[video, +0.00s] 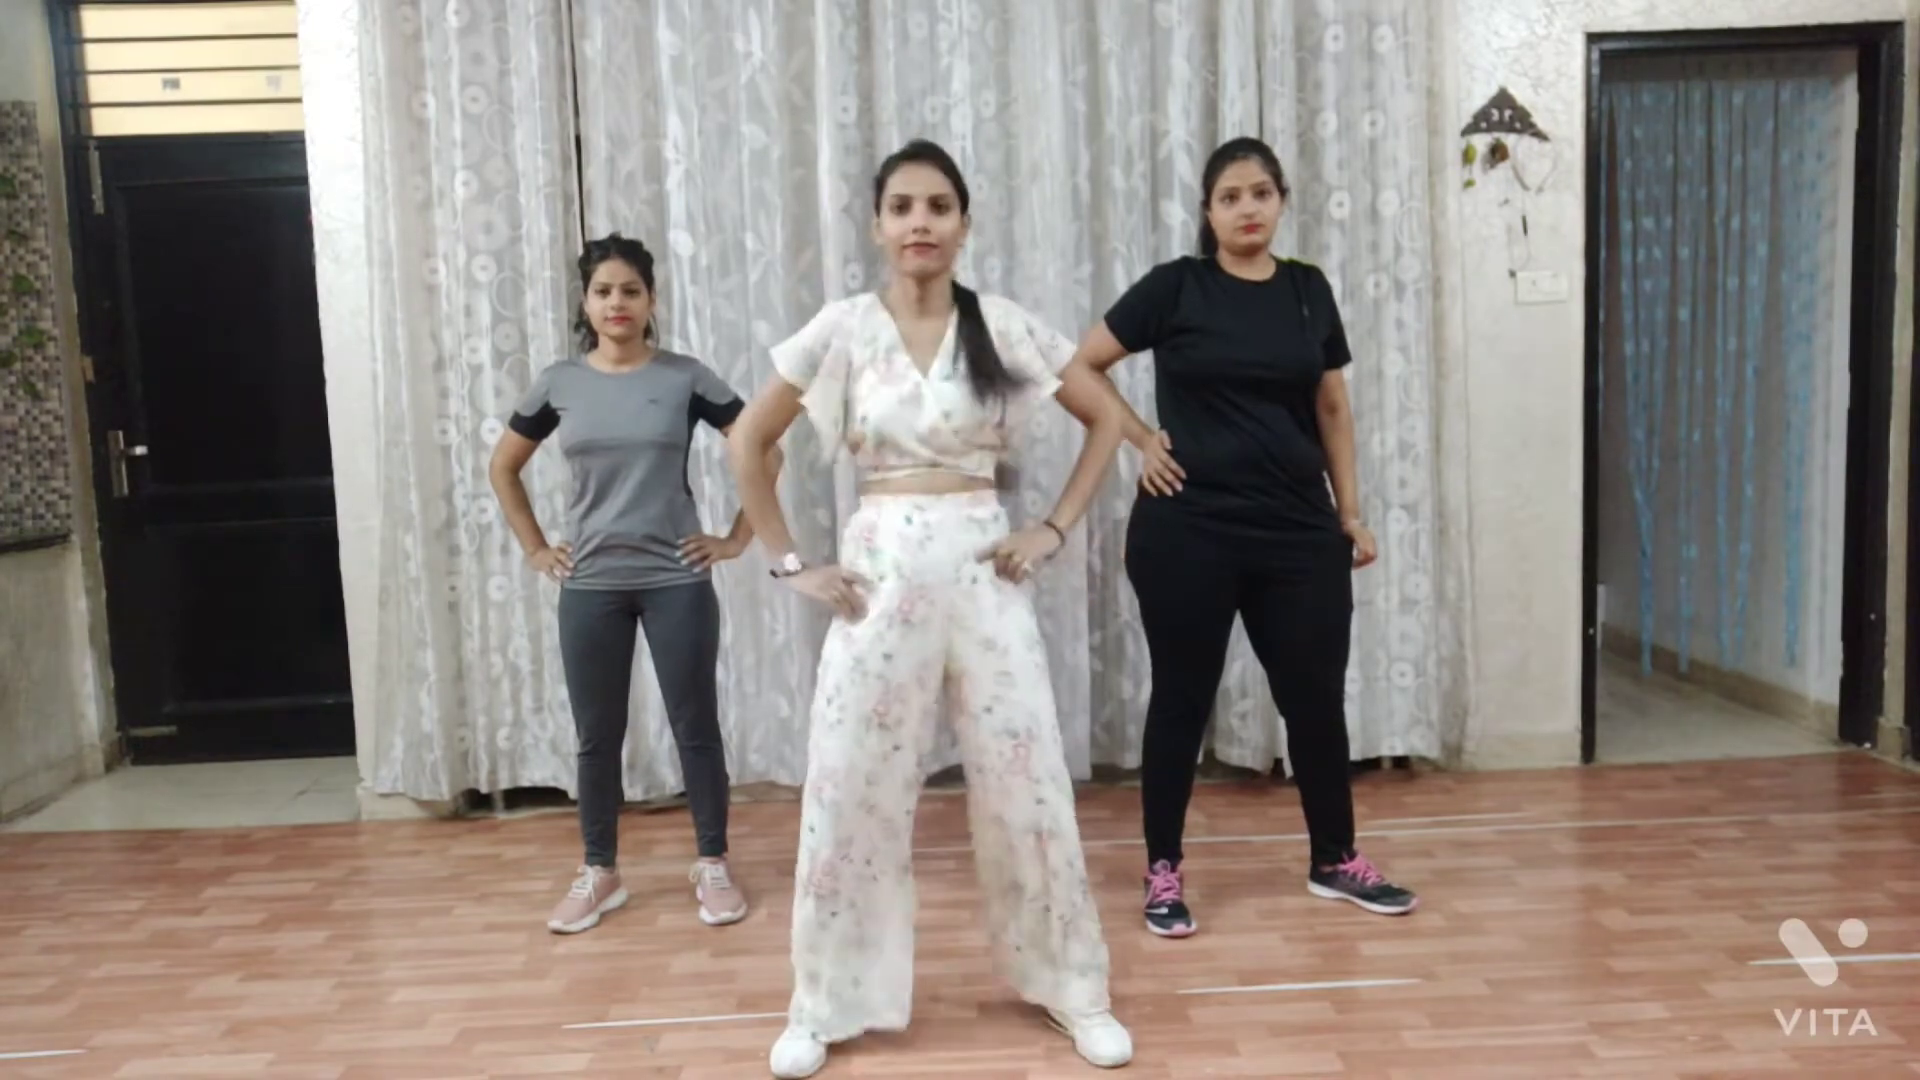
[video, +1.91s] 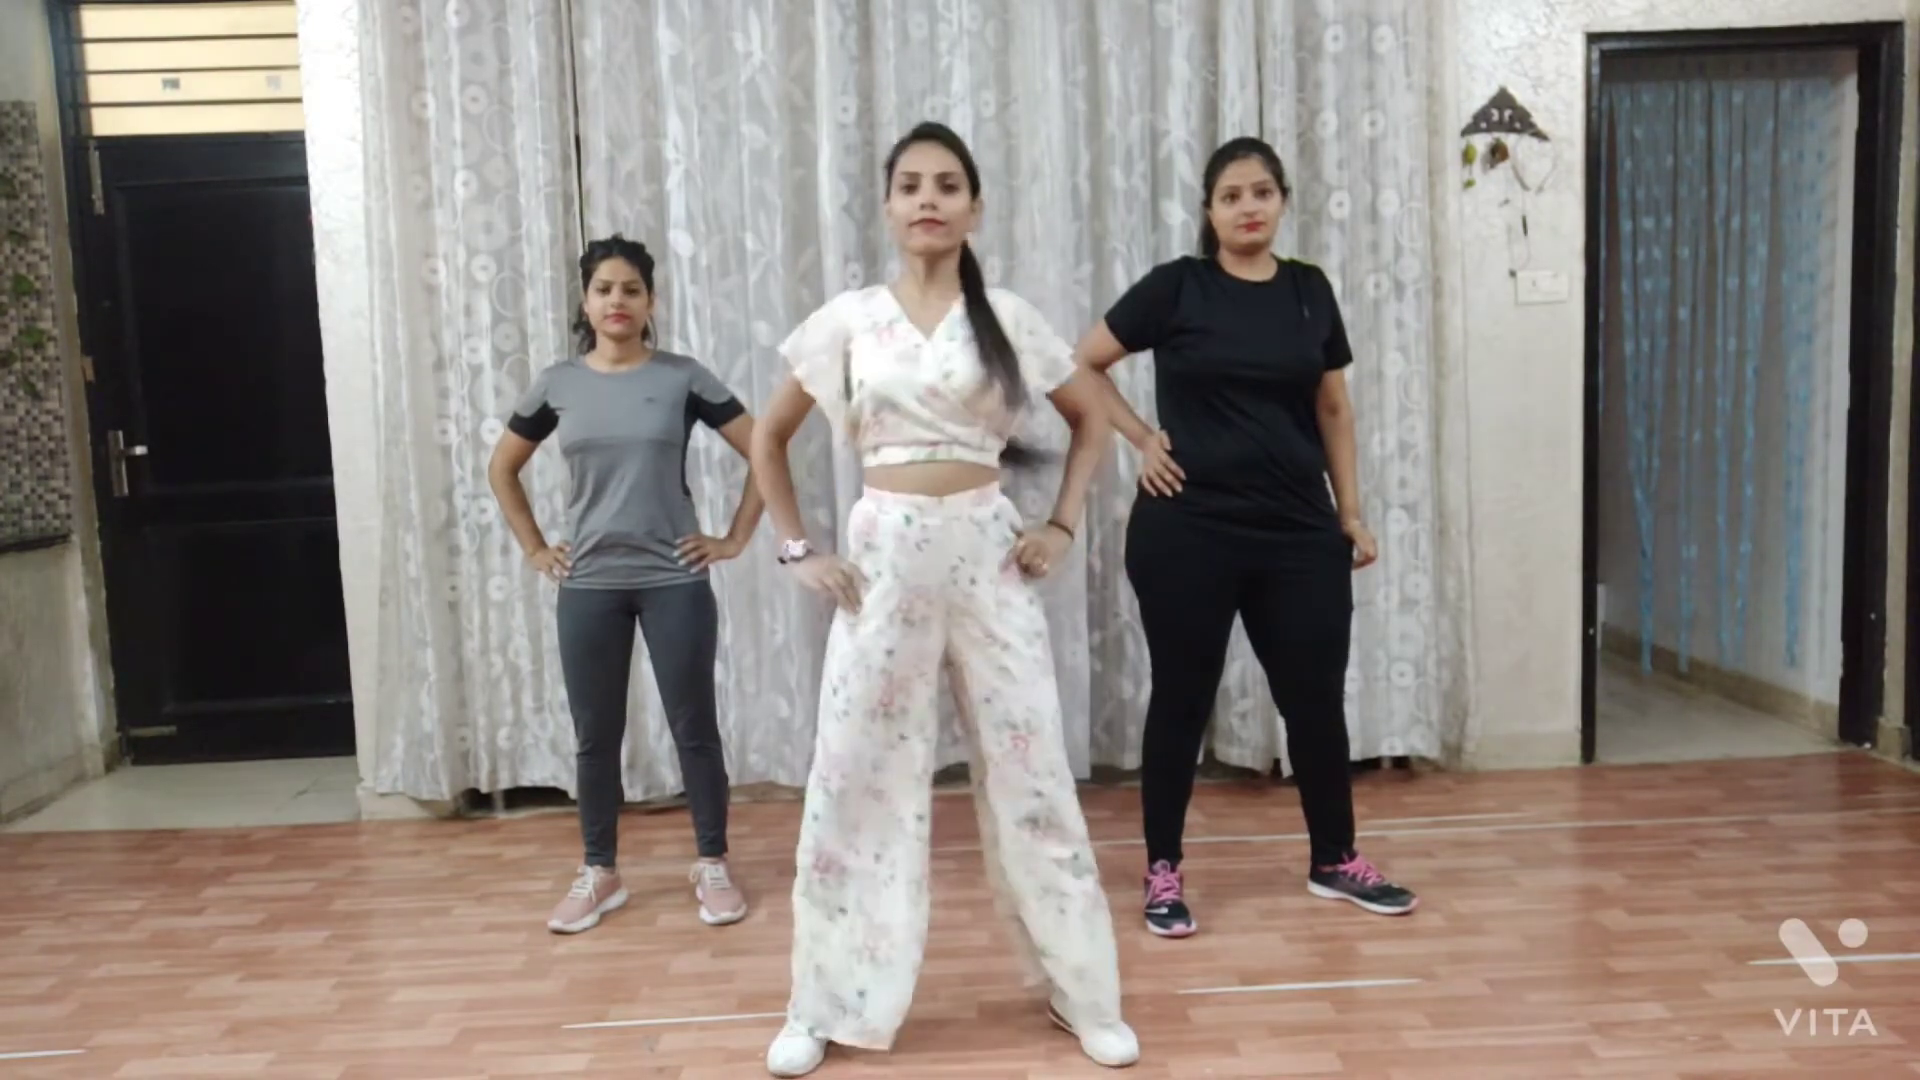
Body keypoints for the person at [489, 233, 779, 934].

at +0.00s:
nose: (617, 303)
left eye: (630, 290)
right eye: (603, 291)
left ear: (651, 300)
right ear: (585, 302)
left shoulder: (686, 379)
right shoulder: (559, 383)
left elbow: (767, 450)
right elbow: (503, 466)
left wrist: (738, 535)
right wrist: (537, 548)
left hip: (676, 574)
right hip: (591, 580)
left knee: (696, 726)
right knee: (597, 736)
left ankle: (712, 866)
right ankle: (599, 871)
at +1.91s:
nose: (618, 301)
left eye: (631, 290)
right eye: (605, 289)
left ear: (650, 302)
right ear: (584, 301)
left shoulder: (683, 378)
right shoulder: (557, 385)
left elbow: (764, 452)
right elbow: (502, 469)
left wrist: (733, 538)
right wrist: (538, 550)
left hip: (674, 574)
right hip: (589, 578)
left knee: (693, 725)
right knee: (595, 735)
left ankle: (712, 866)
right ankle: (599, 872)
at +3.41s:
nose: (621, 303)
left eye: (634, 290)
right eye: (608, 292)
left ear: (658, 297)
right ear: (591, 303)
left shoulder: (694, 379)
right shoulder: (569, 375)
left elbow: (752, 460)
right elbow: (473, 441)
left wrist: (806, 518)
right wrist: (473, 529)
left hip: (674, 574)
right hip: (589, 582)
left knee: (680, 732)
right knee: (595, 738)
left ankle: (687, 873)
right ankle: (599, 873)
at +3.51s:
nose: (629, 307)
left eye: (642, 293)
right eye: (616, 295)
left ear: (667, 299)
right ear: (601, 305)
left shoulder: (701, 377)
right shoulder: (583, 372)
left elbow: (757, 443)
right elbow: (521, 414)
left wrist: (826, 497)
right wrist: (470, 445)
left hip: (680, 578)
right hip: (596, 580)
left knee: (683, 733)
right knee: (587, 736)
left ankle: (687, 871)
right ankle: (597, 872)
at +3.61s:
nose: (632, 309)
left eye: (646, 295)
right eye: (620, 298)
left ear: (675, 302)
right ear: (606, 309)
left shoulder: (707, 379)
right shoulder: (600, 372)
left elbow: (750, 421)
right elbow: (565, 384)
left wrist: (807, 455)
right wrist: (524, 370)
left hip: (688, 580)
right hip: (605, 581)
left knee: (688, 726)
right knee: (567, 721)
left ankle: (685, 869)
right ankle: (579, 864)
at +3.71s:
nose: (640, 313)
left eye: (653, 299)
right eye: (627, 301)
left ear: (683, 303)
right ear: (610, 309)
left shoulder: (709, 371)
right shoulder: (598, 366)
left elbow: (729, 389)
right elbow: (600, 375)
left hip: (701, 579)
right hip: (616, 577)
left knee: (691, 736)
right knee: (556, 716)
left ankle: (687, 874)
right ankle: (509, 851)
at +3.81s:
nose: (644, 312)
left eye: (656, 299)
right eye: (631, 303)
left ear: (685, 302)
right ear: (616, 311)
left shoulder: (724, 372)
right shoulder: (604, 365)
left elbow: (697, 378)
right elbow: (621, 362)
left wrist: (648, 343)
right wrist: (723, 320)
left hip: (708, 574)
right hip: (623, 575)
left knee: (696, 734)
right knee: (549, 714)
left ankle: (687, 876)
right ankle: (471, 836)